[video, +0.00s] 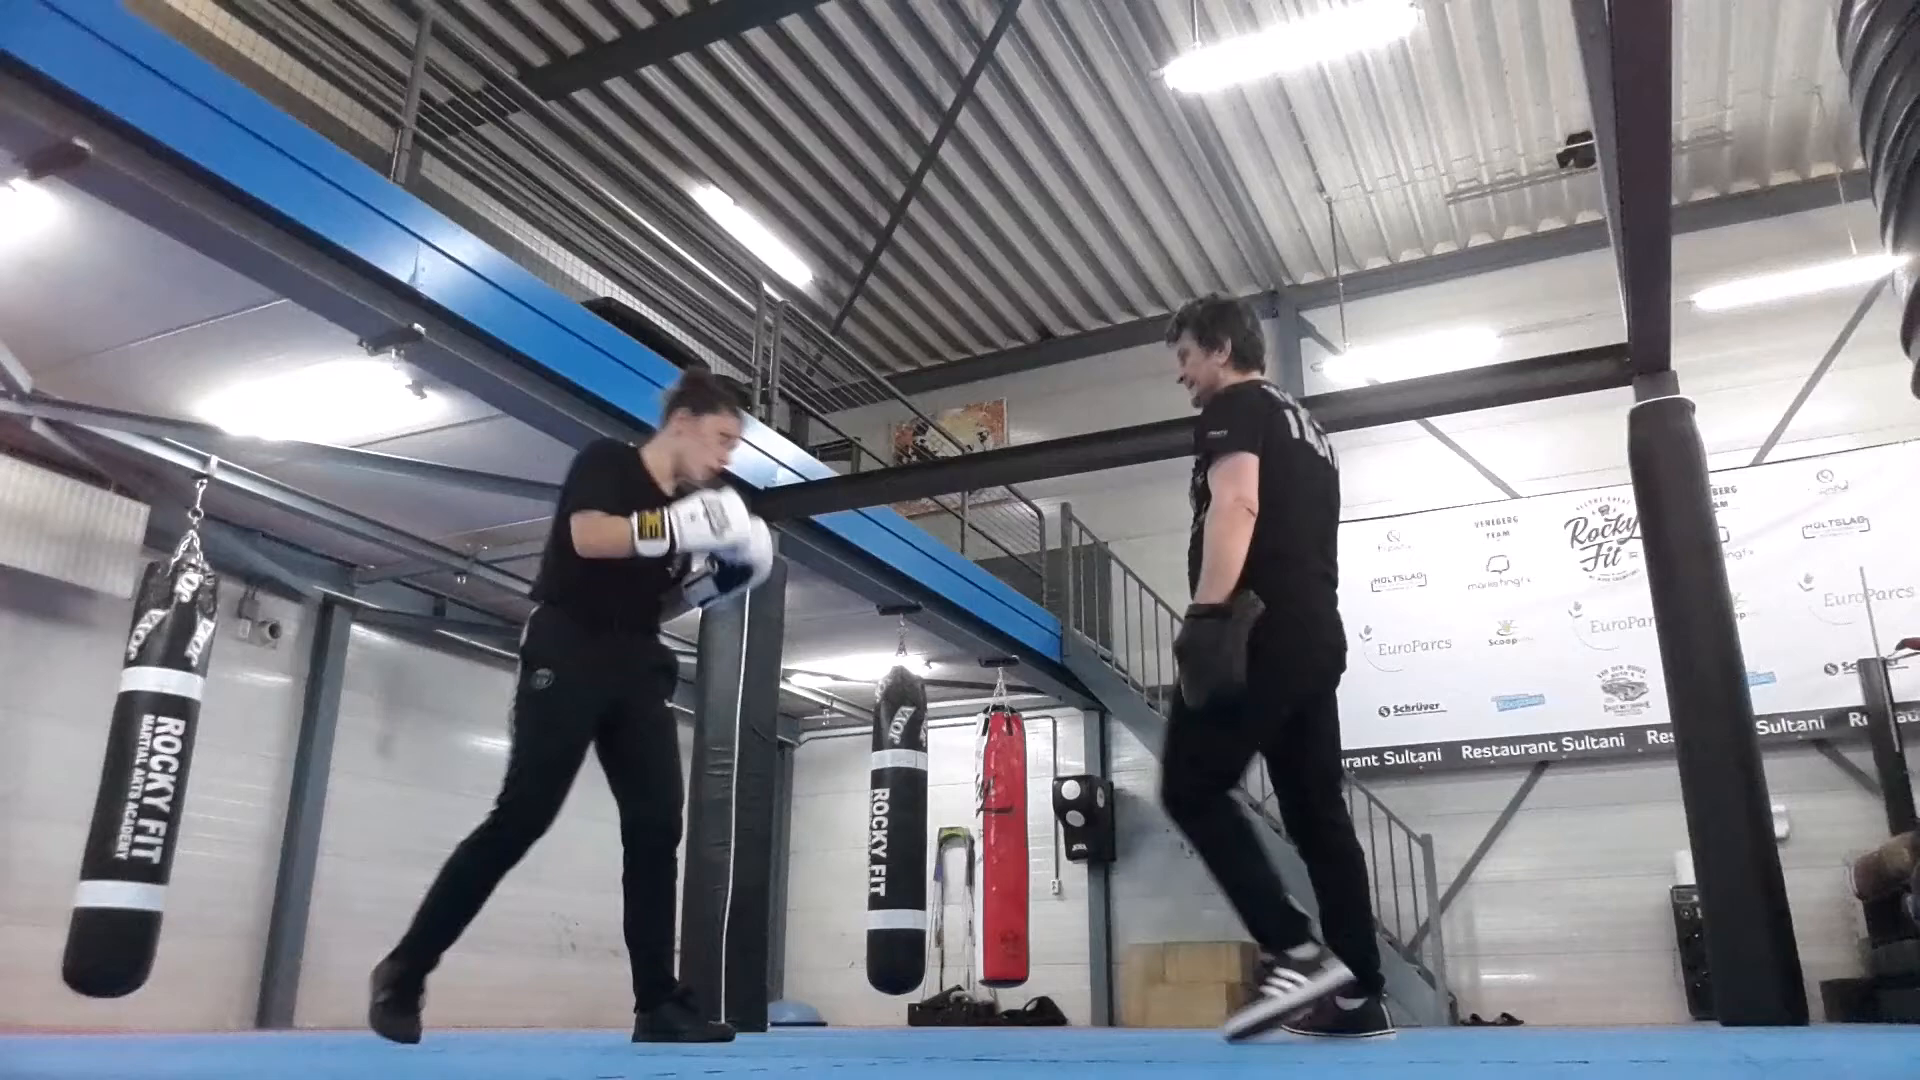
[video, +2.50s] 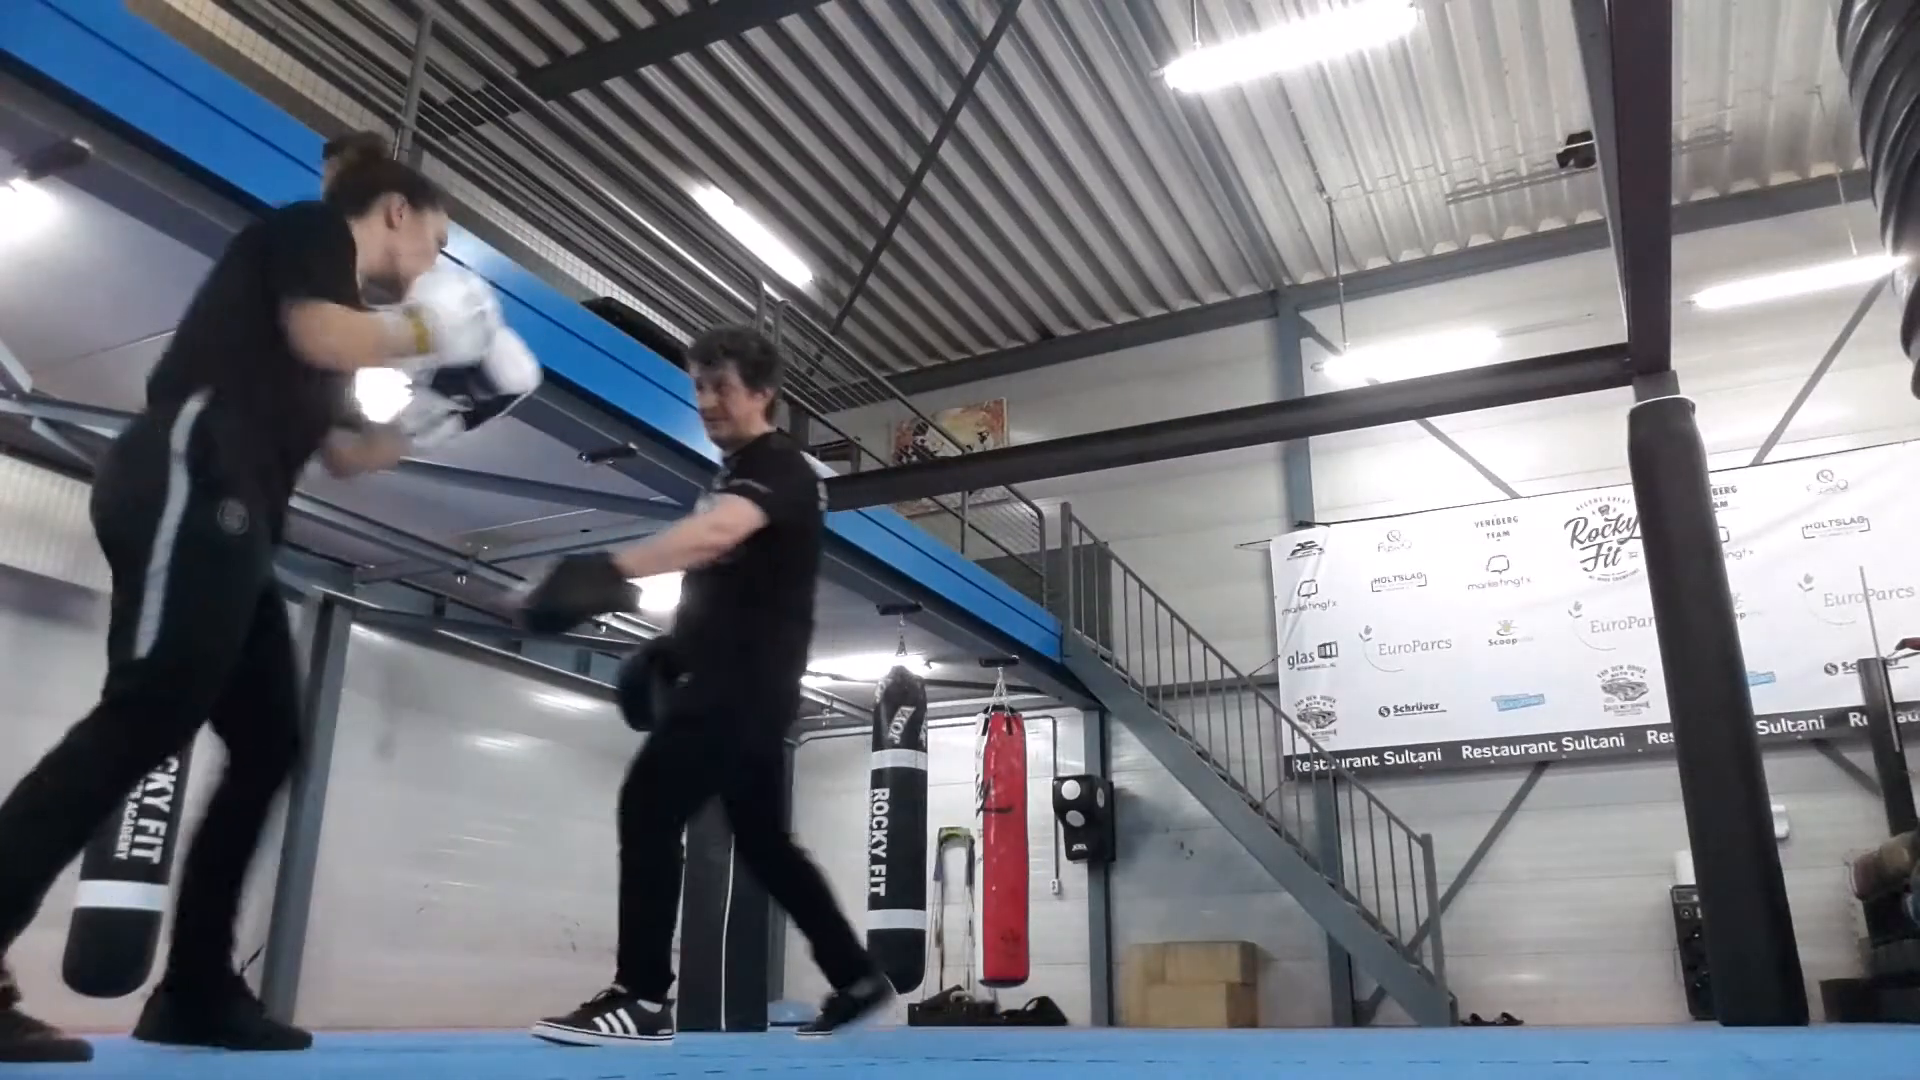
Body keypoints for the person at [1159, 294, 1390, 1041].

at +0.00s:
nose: (1180, 373)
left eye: (1186, 357)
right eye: (1178, 359)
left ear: (1221, 349)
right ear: (1243, 355)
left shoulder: (1237, 405)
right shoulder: (1300, 422)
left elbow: (1237, 505)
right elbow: (1311, 539)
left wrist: (1203, 617)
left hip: (1258, 631)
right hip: (1312, 633)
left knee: (1191, 791)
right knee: (1318, 815)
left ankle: (1294, 953)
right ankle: (1359, 998)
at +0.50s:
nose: (1088, 416)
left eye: (1093, 400)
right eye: (1086, 403)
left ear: (1129, 392)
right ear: (1147, 397)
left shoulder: (1145, 446)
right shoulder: (1205, 458)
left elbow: (1127, 539)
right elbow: (1184, 574)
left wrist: (1050, 627)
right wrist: (1094, 630)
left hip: (1154, 676)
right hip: (1221, 674)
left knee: (1086, 833)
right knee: (1281, 832)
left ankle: (1021, 991)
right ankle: (1353, 990)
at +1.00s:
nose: (963, 433)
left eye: (966, 417)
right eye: (958, 422)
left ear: (1003, 403)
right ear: (1020, 407)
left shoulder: (1016, 457)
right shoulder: (1070, 468)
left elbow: (936, 523)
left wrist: (837, 562)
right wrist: (948, 517)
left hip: (1027, 680)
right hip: (1086, 680)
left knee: (1000, 836)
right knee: (1091, 835)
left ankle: (1003, 998)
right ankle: (1116, 989)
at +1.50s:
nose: (888, 468)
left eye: (897, 452)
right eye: (883, 456)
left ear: (935, 445)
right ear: (931, 453)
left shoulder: (962, 494)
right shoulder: (959, 511)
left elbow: (911, 556)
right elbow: (911, 587)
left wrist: (819, 595)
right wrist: (852, 606)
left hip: (966, 697)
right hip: (994, 698)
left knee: (890, 830)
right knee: (1012, 855)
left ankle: (829, 991)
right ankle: (1075, 1000)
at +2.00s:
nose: (799, 424)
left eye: (809, 408)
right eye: (795, 413)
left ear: (852, 406)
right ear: (813, 415)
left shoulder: (875, 463)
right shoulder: (851, 482)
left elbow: (835, 527)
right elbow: (853, 591)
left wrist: (742, 561)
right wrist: (800, 659)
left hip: (866, 683)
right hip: (856, 684)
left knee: (801, 816)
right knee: (824, 830)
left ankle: (804, 994)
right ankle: (879, 990)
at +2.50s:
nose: (706, 403)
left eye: (720, 389)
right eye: (700, 391)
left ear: (765, 393)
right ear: (702, 395)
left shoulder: (775, 462)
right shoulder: (748, 473)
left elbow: (716, 533)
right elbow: (734, 600)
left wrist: (609, 568)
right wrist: (667, 653)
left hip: (738, 688)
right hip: (741, 688)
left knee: (648, 806)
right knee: (764, 845)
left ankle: (642, 998)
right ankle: (860, 982)